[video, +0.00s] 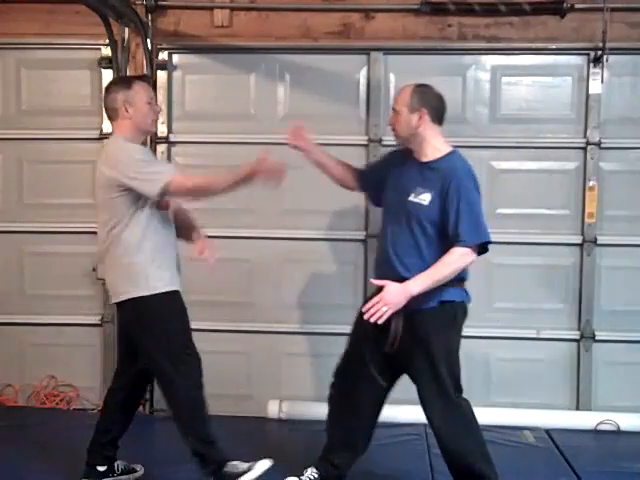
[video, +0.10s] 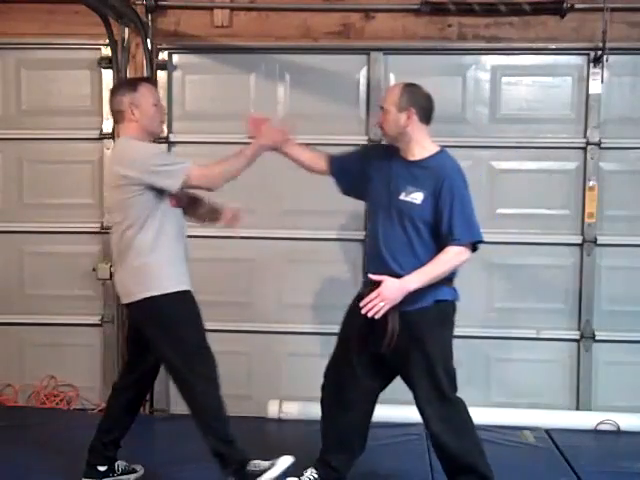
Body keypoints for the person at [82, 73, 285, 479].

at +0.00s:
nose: (158, 108)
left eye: (156, 101)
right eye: (150, 101)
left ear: (127, 111)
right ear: (126, 109)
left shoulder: (127, 152)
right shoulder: (123, 153)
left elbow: (164, 201)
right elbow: (184, 186)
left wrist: (192, 232)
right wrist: (249, 172)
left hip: (141, 282)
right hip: (146, 283)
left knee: (133, 376)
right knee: (183, 370)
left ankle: (100, 461)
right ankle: (215, 463)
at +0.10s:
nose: (163, 110)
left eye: (160, 103)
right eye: (155, 104)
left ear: (131, 112)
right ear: (131, 110)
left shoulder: (128, 153)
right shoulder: (132, 153)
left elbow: (177, 198)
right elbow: (205, 177)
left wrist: (216, 213)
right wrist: (258, 146)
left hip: (147, 286)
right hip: (159, 286)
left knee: (137, 377)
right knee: (199, 375)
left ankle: (101, 461)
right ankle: (236, 465)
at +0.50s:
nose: (236, 115)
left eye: (233, 108)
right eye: (230, 109)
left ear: (196, 118)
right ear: (208, 114)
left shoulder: (169, 169)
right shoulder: (228, 144)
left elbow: (194, 226)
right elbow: (297, 176)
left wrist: (259, 232)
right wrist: (262, 172)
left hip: (191, 292)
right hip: (232, 287)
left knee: (197, 368)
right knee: (261, 381)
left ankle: (145, 446)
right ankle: (266, 469)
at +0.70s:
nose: (247, 114)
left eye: (246, 106)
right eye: (242, 106)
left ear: (204, 113)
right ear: (220, 109)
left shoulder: (176, 164)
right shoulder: (242, 140)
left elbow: (201, 226)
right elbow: (323, 155)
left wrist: (266, 223)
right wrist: (341, 133)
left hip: (196, 288)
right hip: (243, 284)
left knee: (189, 372)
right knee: (261, 381)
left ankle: (153, 461)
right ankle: (266, 468)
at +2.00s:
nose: (209, 121)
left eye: (207, 113)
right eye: (205, 114)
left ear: (168, 122)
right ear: (192, 117)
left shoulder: (141, 172)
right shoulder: (218, 144)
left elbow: (147, 243)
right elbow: (284, 171)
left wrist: (227, 242)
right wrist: (258, 218)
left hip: (177, 290)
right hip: (226, 282)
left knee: (183, 374)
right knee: (252, 374)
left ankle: (152, 460)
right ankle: (265, 464)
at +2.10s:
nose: (198, 118)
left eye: (196, 110)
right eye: (193, 110)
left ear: (156, 117)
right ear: (177, 113)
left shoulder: (130, 170)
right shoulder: (195, 138)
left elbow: (140, 234)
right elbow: (267, 161)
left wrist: (211, 219)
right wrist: (237, 201)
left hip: (163, 285)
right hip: (205, 278)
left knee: (179, 370)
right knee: (234, 372)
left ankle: (151, 460)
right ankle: (250, 464)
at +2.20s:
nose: (189, 110)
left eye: (186, 102)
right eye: (183, 102)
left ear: (149, 112)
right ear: (161, 107)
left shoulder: (128, 166)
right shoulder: (176, 133)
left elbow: (179, 225)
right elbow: (244, 156)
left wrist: (220, 196)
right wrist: (222, 163)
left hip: (154, 278)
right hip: (189, 273)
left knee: (173, 375)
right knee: (222, 370)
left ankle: (149, 463)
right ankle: (219, 466)